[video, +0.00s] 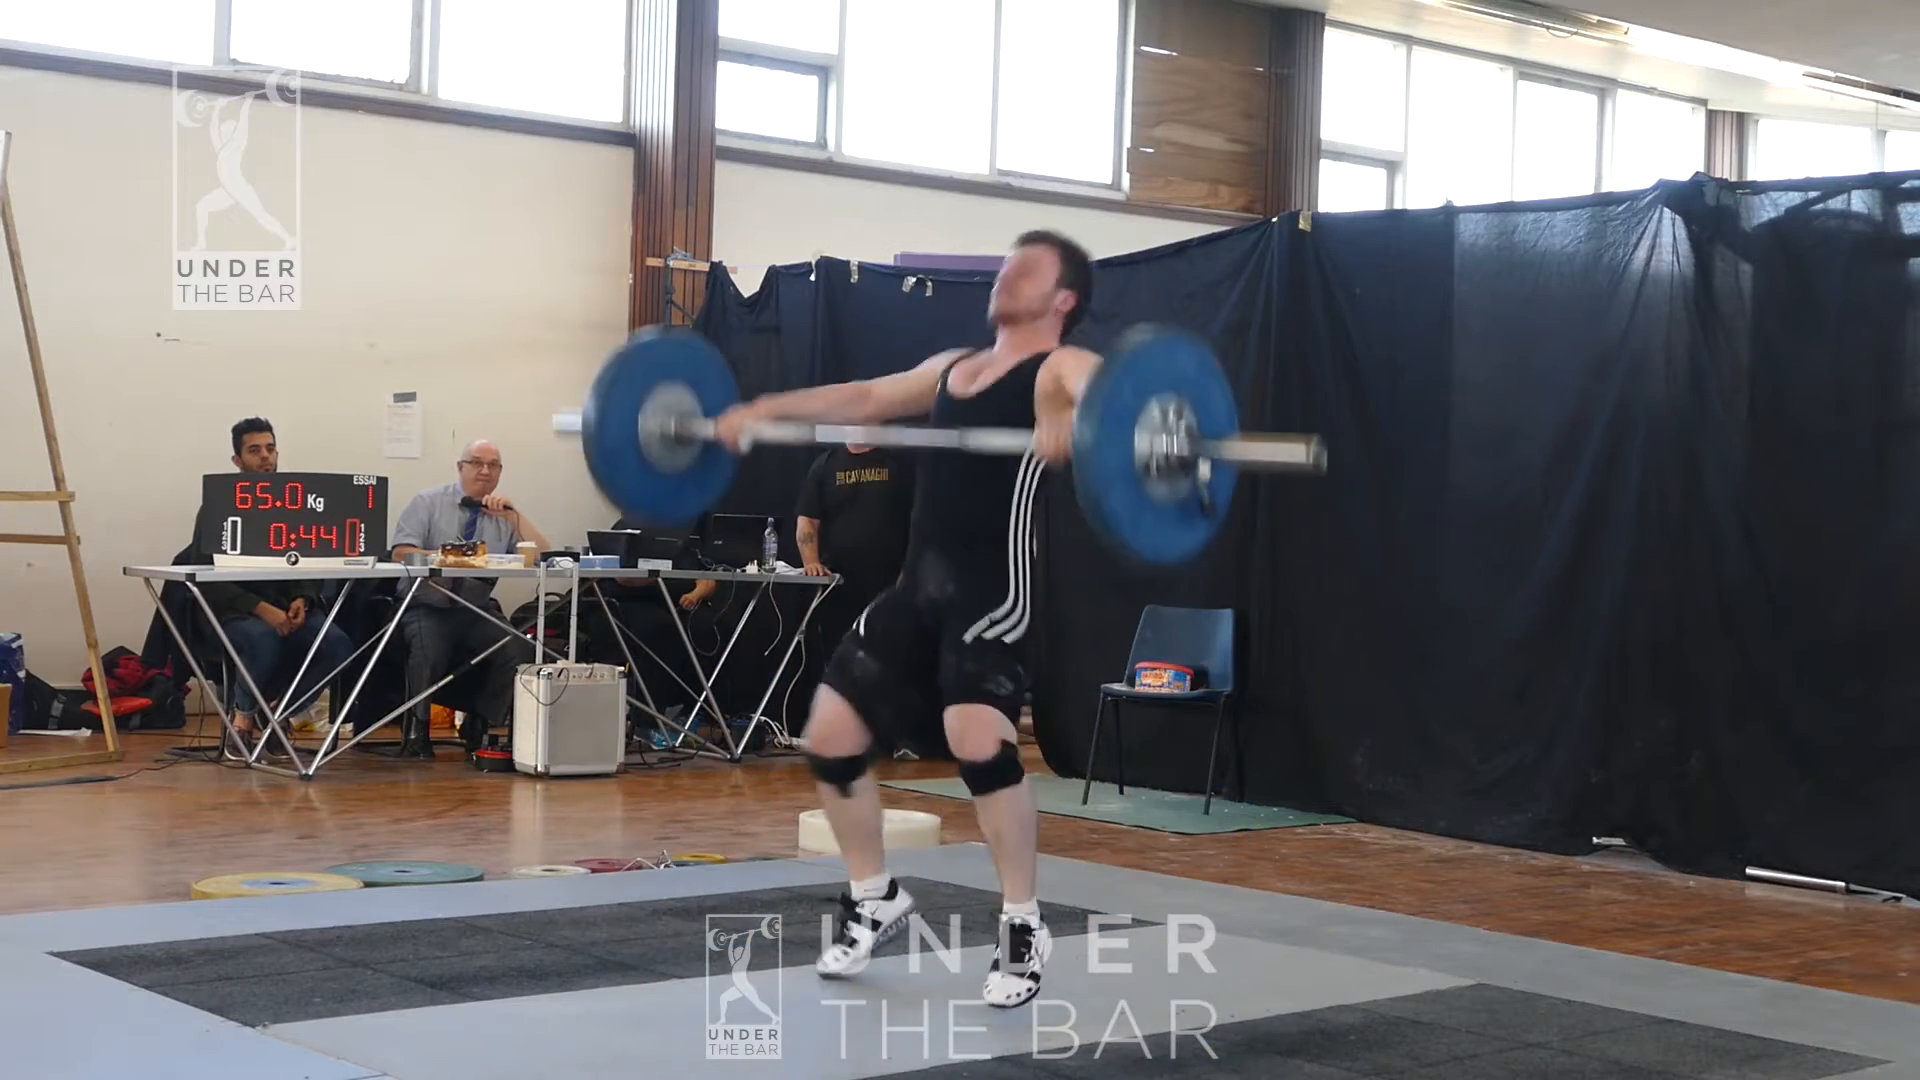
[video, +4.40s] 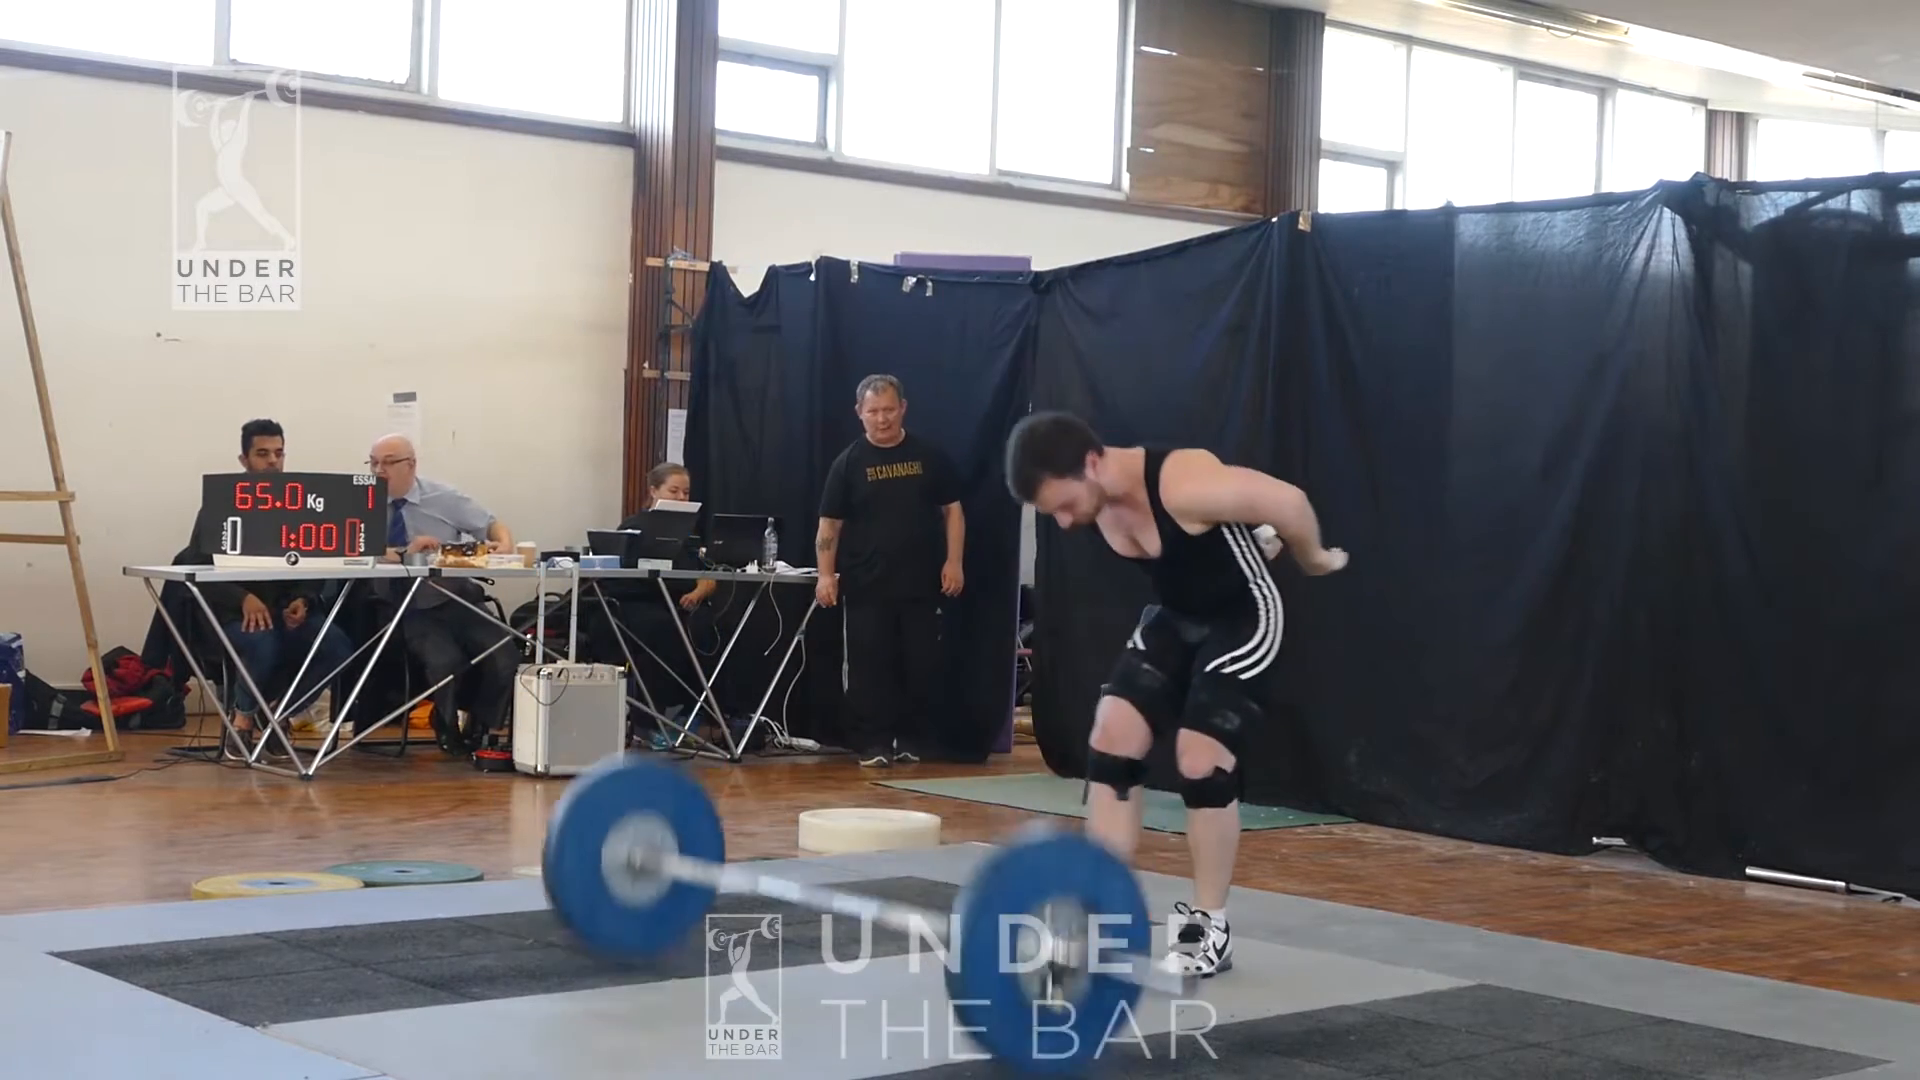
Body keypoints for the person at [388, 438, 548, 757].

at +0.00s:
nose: (484, 471)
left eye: (493, 466)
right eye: (476, 464)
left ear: (500, 473)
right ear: (460, 468)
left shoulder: (503, 516)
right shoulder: (428, 502)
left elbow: (544, 553)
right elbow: (401, 550)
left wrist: (515, 515)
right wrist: (442, 561)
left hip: (478, 609)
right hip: (429, 605)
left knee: (518, 652)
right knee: (429, 651)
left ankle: (477, 726)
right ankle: (417, 730)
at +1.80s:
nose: (438, 469)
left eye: (449, 463)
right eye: (432, 462)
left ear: (467, 468)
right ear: (426, 465)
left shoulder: (486, 507)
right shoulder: (405, 503)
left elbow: (537, 548)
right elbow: (392, 547)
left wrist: (509, 531)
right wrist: (445, 550)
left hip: (473, 605)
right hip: (422, 604)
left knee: (515, 649)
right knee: (431, 641)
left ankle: (478, 726)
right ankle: (422, 729)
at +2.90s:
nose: (402, 468)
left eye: (412, 461)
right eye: (397, 460)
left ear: (433, 464)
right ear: (391, 462)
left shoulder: (461, 499)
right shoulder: (380, 501)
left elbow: (508, 533)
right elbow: (367, 554)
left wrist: (504, 547)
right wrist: (404, 535)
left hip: (461, 599)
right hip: (409, 604)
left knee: (503, 657)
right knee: (445, 659)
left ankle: (479, 727)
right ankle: (444, 721)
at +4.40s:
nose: (379, 471)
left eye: (388, 463)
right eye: (374, 463)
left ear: (411, 465)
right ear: (370, 465)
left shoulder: (442, 498)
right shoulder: (367, 506)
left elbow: (490, 525)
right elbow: (354, 551)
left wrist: (504, 542)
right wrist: (406, 552)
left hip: (456, 597)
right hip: (406, 605)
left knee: (503, 653)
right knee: (444, 660)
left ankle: (480, 727)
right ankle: (446, 723)